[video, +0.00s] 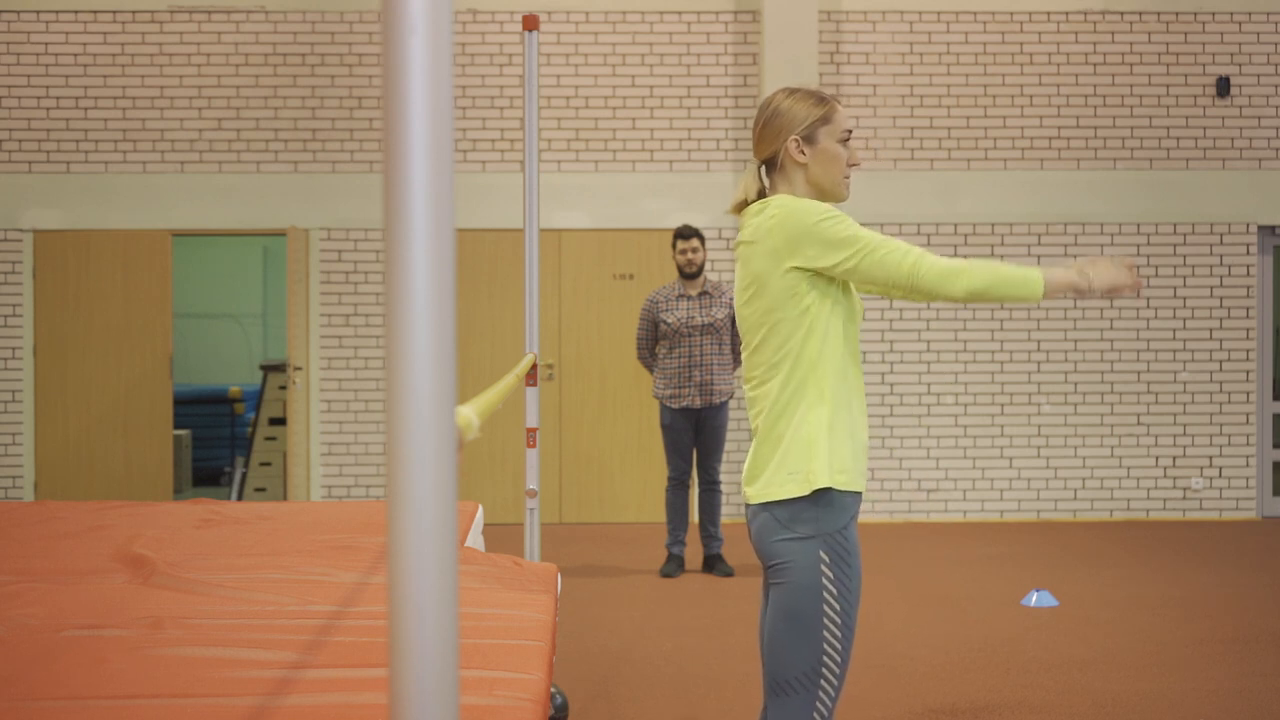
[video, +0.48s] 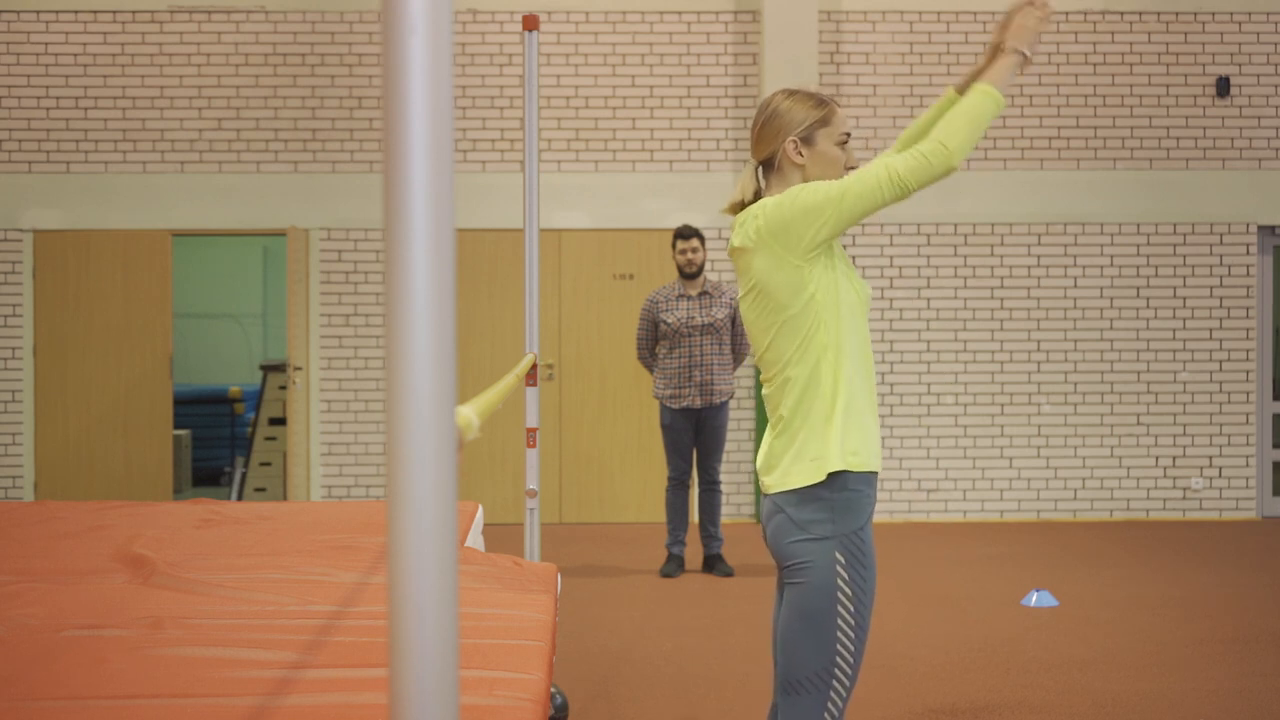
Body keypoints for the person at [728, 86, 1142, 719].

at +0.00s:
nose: (854, 156)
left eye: (850, 139)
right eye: (841, 140)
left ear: (798, 153)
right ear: (797, 151)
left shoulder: (778, 224)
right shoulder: (795, 223)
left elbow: (925, 277)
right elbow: (931, 276)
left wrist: (1067, 279)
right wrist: (1073, 277)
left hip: (799, 501)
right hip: (809, 502)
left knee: (794, 704)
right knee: (804, 706)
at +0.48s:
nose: (853, 157)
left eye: (849, 142)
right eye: (842, 142)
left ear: (796, 151)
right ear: (794, 150)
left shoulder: (783, 222)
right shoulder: (782, 223)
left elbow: (908, 157)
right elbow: (931, 162)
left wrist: (989, 62)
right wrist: (1007, 59)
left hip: (816, 489)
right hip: (821, 494)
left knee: (806, 698)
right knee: (816, 702)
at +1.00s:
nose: (851, 164)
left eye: (847, 149)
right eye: (838, 147)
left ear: (793, 155)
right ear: (799, 154)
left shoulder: (786, 228)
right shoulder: (782, 227)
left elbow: (831, 102)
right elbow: (866, 94)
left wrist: (840, 7)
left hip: (840, 489)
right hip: (842, 493)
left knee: (818, 697)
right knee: (828, 700)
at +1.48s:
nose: (863, 169)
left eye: (862, 154)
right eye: (853, 152)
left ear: (797, 156)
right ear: (804, 155)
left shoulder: (793, 236)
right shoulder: (788, 233)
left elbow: (797, 106)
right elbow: (823, 76)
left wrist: (754, 16)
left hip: (852, 487)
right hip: (853, 491)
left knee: (819, 699)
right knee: (834, 703)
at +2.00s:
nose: (862, 168)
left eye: (860, 154)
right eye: (852, 152)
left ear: (796, 157)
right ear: (805, 157)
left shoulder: (795, 236)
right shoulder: (788, 232)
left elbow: (795, 110)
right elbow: (822, 75)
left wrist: (750, 18)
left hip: (853, 488)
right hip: (851, 491)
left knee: (818, 699)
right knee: (832, 702)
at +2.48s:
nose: (847, 164)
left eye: (844, 149)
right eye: (835, 148)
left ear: (787, 155)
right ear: (796, 154)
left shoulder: (785, 228)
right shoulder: (781, 226)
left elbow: (835, 98)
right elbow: (867, 86)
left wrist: (827, 4)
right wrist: (850, 0)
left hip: (832, 488)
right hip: (836, 490)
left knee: (807, 700)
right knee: (823, 703)